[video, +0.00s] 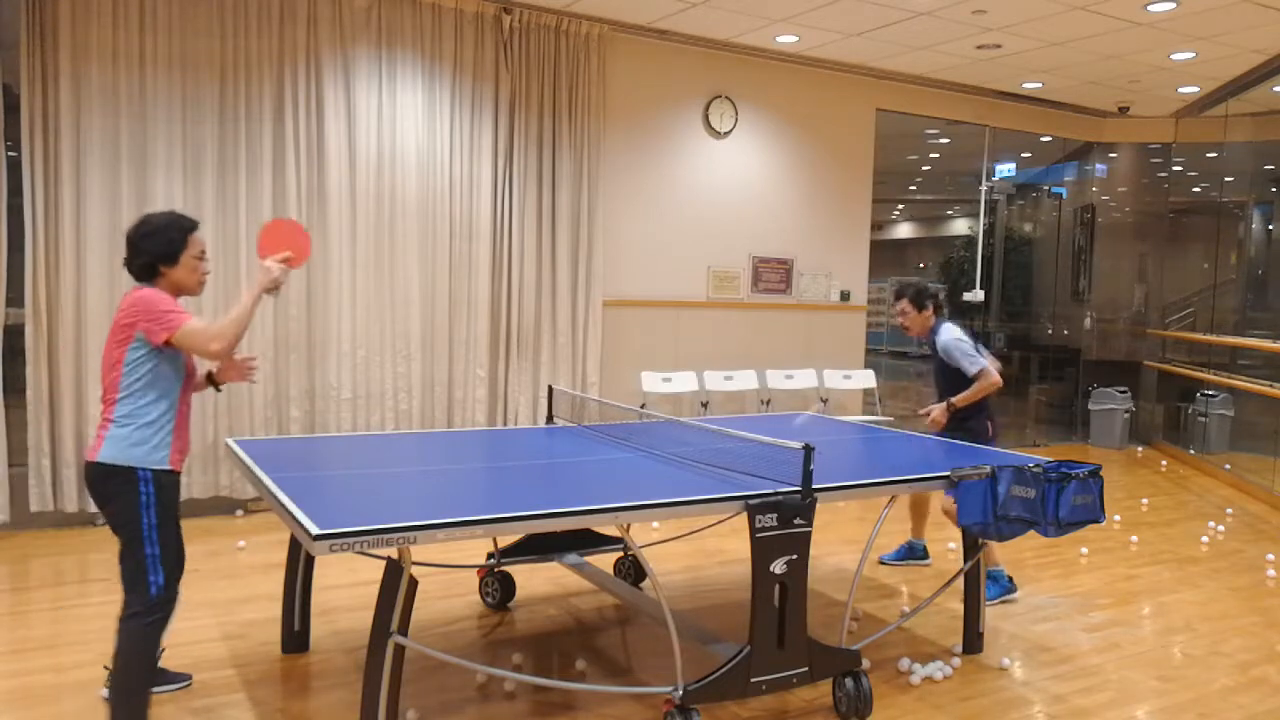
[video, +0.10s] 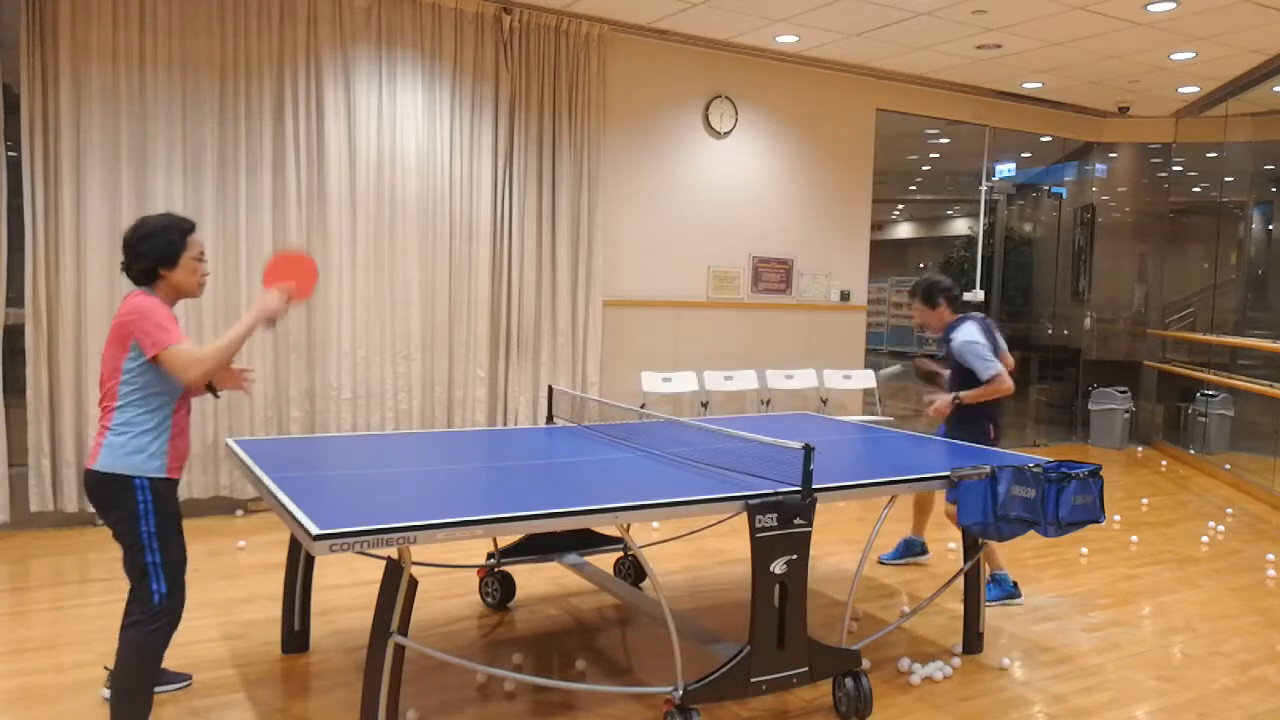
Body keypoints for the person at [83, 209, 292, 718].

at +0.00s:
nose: (207, 264)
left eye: (205, 254)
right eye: (197, 255)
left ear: (168, 262)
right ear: (165, 262)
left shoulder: (159, 308)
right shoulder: (146, 302)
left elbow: (158, 389)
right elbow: (217, 343)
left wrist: (212, 377)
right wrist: (258, 288)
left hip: (148, 464)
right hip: (132, 465)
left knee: (165, 568)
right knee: (150, 588)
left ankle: (136, 667)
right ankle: (128, 705)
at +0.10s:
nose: (205, 266)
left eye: (203, 257)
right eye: (196, 258)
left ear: (166, 265)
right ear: (164, 266)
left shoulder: (156, 311)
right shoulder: (143, 309)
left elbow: (156, 388)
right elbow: (192, 367)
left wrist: (210, 383)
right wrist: (256, 316)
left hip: (142, 471)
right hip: (131, 474)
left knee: (157, 578)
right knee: (162, 597)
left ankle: (133, 669)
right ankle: (129, 706)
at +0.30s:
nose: (219, 290)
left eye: (217, 279)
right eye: (210, 281)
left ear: (180, 292)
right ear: (176, 292)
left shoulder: (191, 333)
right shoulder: (129, 339)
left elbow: (202, 386)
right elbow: (82, 419)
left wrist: (213, 392)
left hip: (148, 488)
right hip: (100, 492)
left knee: (188, 570)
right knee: (147, 611)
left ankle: (137, 668)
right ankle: (126, 707)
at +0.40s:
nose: (230, 327)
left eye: (229, 315)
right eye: (221, 317)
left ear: (194, 326)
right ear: (185, 325)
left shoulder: (202, 365)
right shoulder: (125, 368)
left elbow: (221, 429)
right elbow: (62, 427)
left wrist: (223, 420)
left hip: (147, 510)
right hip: (97, 512)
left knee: (192, 579)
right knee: (155, 615)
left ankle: (132, 673)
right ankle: (126, 707)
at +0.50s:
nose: (236, 348)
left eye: (237, 337)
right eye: (227, 339)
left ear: (196, 343)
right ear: (190, 342)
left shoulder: (203, 382)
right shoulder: (133, 380)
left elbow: (199, 450)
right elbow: (82, 438)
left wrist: (213, 438)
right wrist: (52, 463)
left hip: (134, 514)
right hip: (81, 516)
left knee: (193, 578)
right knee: (155, 619)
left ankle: (134, 673)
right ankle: (129, 709)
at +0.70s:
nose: (217, 314)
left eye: (218, 305)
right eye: (210, 305)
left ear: (180, 307)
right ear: (177, 307)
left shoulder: (163, 350)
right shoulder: (142, 338)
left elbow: (155, 422)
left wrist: (200, 401)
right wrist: (244, 328)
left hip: (125, 502)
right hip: (91, 506)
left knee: (180, 571)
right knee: (167, 616)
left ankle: (132, 675)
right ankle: (133, 709)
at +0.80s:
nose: (203, 289)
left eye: (203, 279)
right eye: (195, 280)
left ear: (160, 286)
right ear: (163, 285)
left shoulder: (149, 328)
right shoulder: (140, 320)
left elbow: (148, 407)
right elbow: (216, 353)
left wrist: (197, 381)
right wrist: (247, 299)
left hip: (120, 485)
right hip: (105, 488)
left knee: (167, 570)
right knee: (163, 609)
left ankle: (134, 674)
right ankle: (131, 706)